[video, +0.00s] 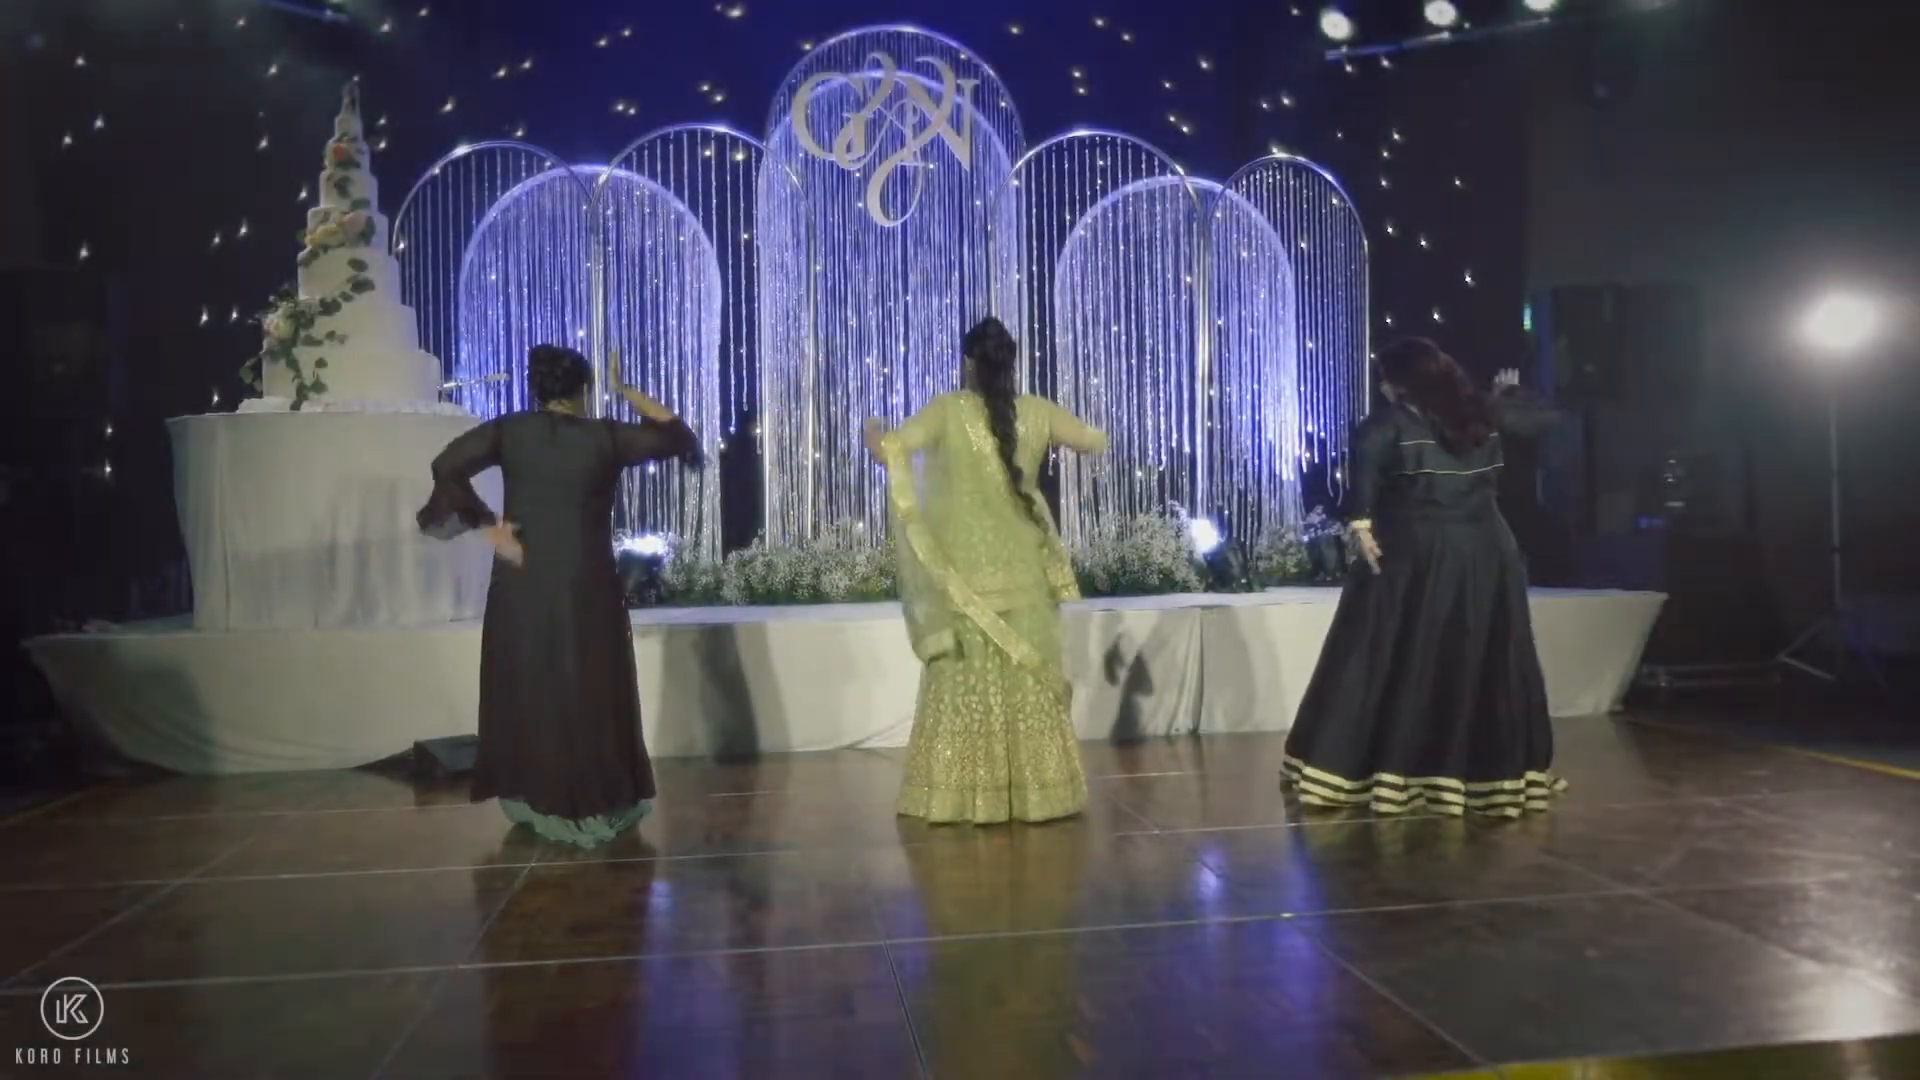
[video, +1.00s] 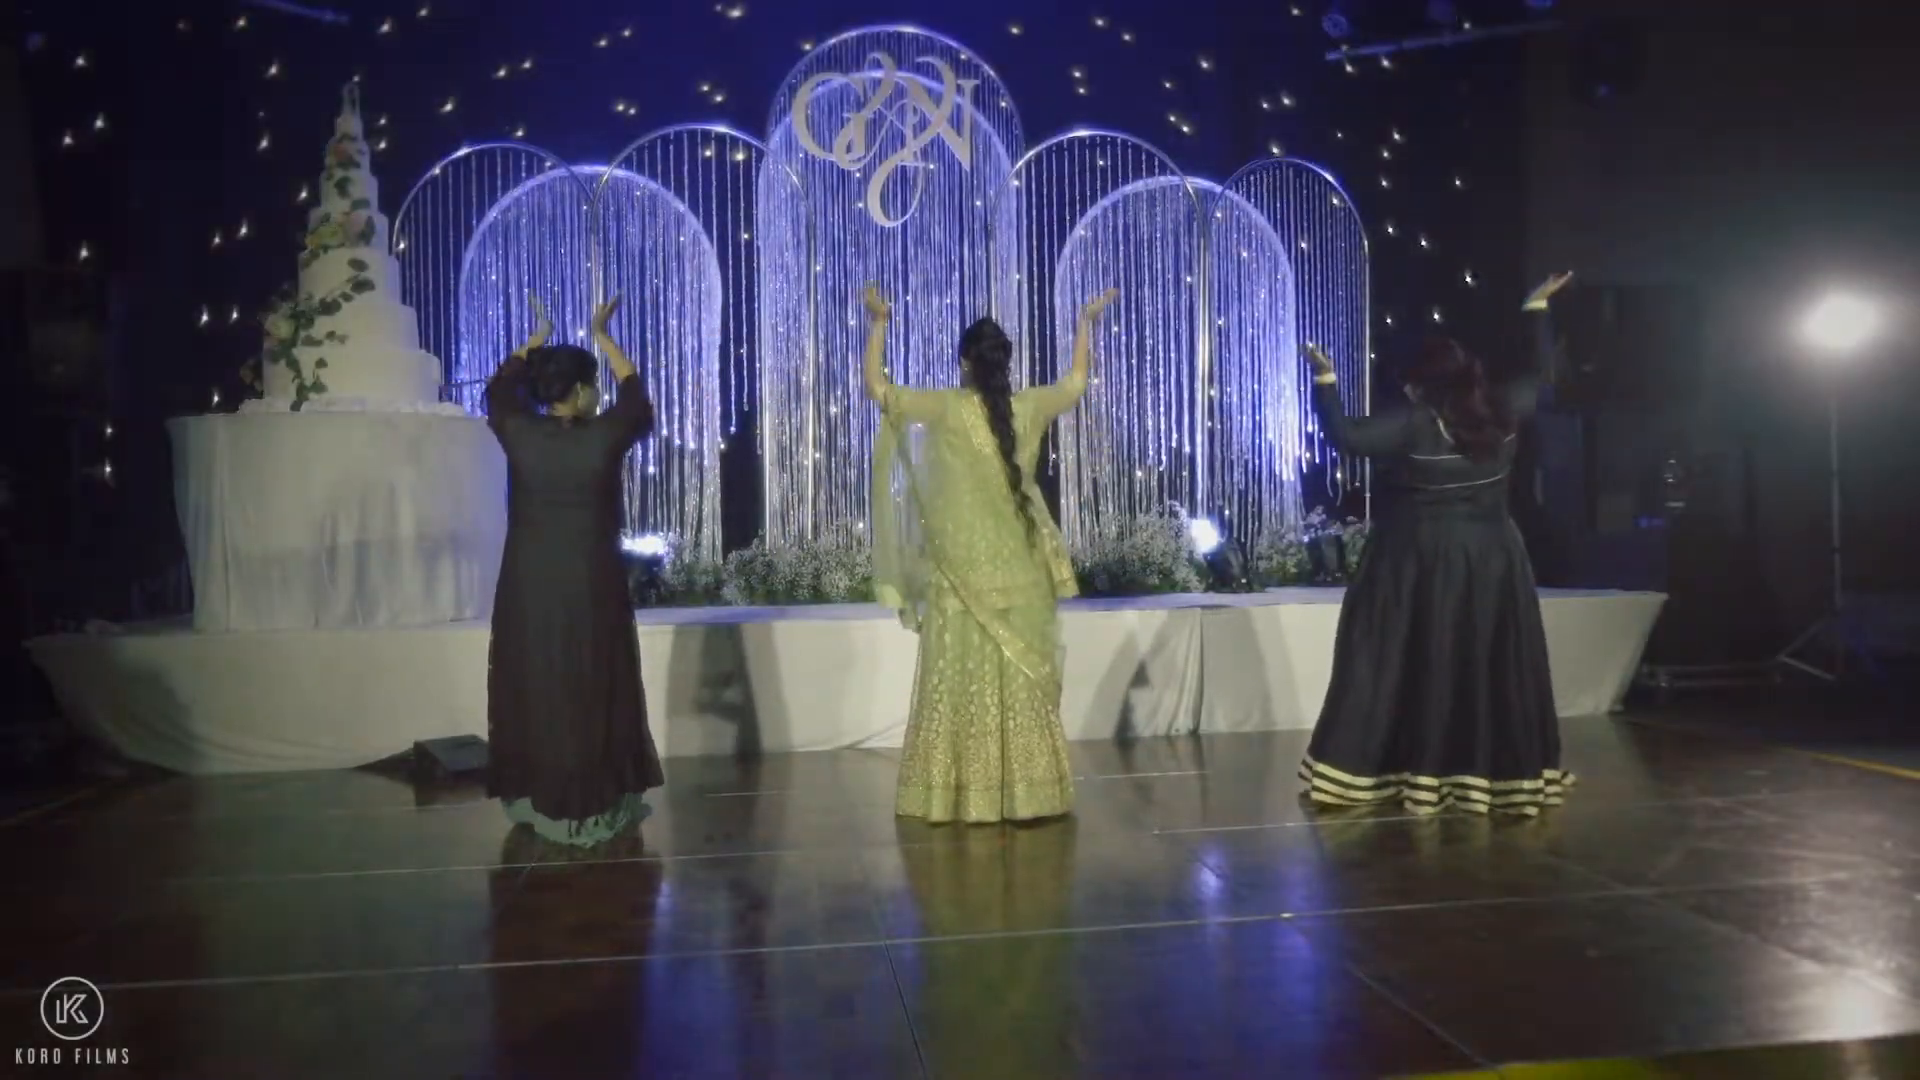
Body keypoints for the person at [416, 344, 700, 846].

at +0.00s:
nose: (583, 395)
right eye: (583, 388)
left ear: (535, 389)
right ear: (583, 390)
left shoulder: (509, 430)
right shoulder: (604, 437)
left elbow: (446, 467)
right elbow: (678, 438)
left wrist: (489, 525)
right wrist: (639, 400)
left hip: (522, 584)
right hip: (584, 583)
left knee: (527, 691)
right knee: (592, 691)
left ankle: (533, 805)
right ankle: (594, 808)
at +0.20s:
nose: (589, 396)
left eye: (584, 389)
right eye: (588, 389)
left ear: (537, 392)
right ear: (584, 392)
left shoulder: (511, 430)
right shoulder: (607, 440)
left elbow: (442, 467)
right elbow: (685, 454)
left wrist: (454, 524)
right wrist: (655, 402)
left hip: (521, 584)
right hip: (585, 586)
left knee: (528, 692)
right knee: (592, 691)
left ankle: (534, 807)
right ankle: (593, 810)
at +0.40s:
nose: (594, 397)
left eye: (589, 390)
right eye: (593, 390)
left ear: (542, 393)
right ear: (587, 391)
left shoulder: (513, 433)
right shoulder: (614, 440)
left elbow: (440, 450)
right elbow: (688, 446)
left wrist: (376, 463)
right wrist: (696, 387)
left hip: (525, 588)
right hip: (591, 590)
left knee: (533, 694)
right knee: (596, 692)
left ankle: (539, 809)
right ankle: (596, 810)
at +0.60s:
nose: (592, 397)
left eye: (583, 389)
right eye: (590, 388)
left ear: (543, 393)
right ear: (587, 391)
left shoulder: (519, 434)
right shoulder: (615, 437)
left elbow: (453, 403)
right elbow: (684, 409)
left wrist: (403, 364)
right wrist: (704, 349)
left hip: (530, 586)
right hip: (593, 587)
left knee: (537, 693)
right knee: (598, 693)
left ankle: (544, 810)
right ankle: (602, 809)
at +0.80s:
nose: (598, 393)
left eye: (593, 385)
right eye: (593, 385)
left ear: (541, 391)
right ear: (581, 391)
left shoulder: (522, 433)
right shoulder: (609, 438)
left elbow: (486, 384)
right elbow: (656, 396)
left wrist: (490, 318)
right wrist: (645, 331)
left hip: (531, 578)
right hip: (592, 579)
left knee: (535, 689)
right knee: (600, 688)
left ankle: (539, 805)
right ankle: (602, 805)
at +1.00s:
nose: (595, 394)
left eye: (591, 386)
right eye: (590, 387)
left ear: (539, 393)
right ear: (577, 394)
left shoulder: (519, 435)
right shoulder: (605, 438)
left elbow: (501, 388)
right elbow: (637, 400)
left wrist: (529, 346)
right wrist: (607, 339)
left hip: (530, 577)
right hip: (589, 578)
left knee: (533, 685)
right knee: (597, 685)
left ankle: (536, 803)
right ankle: (598, 805)